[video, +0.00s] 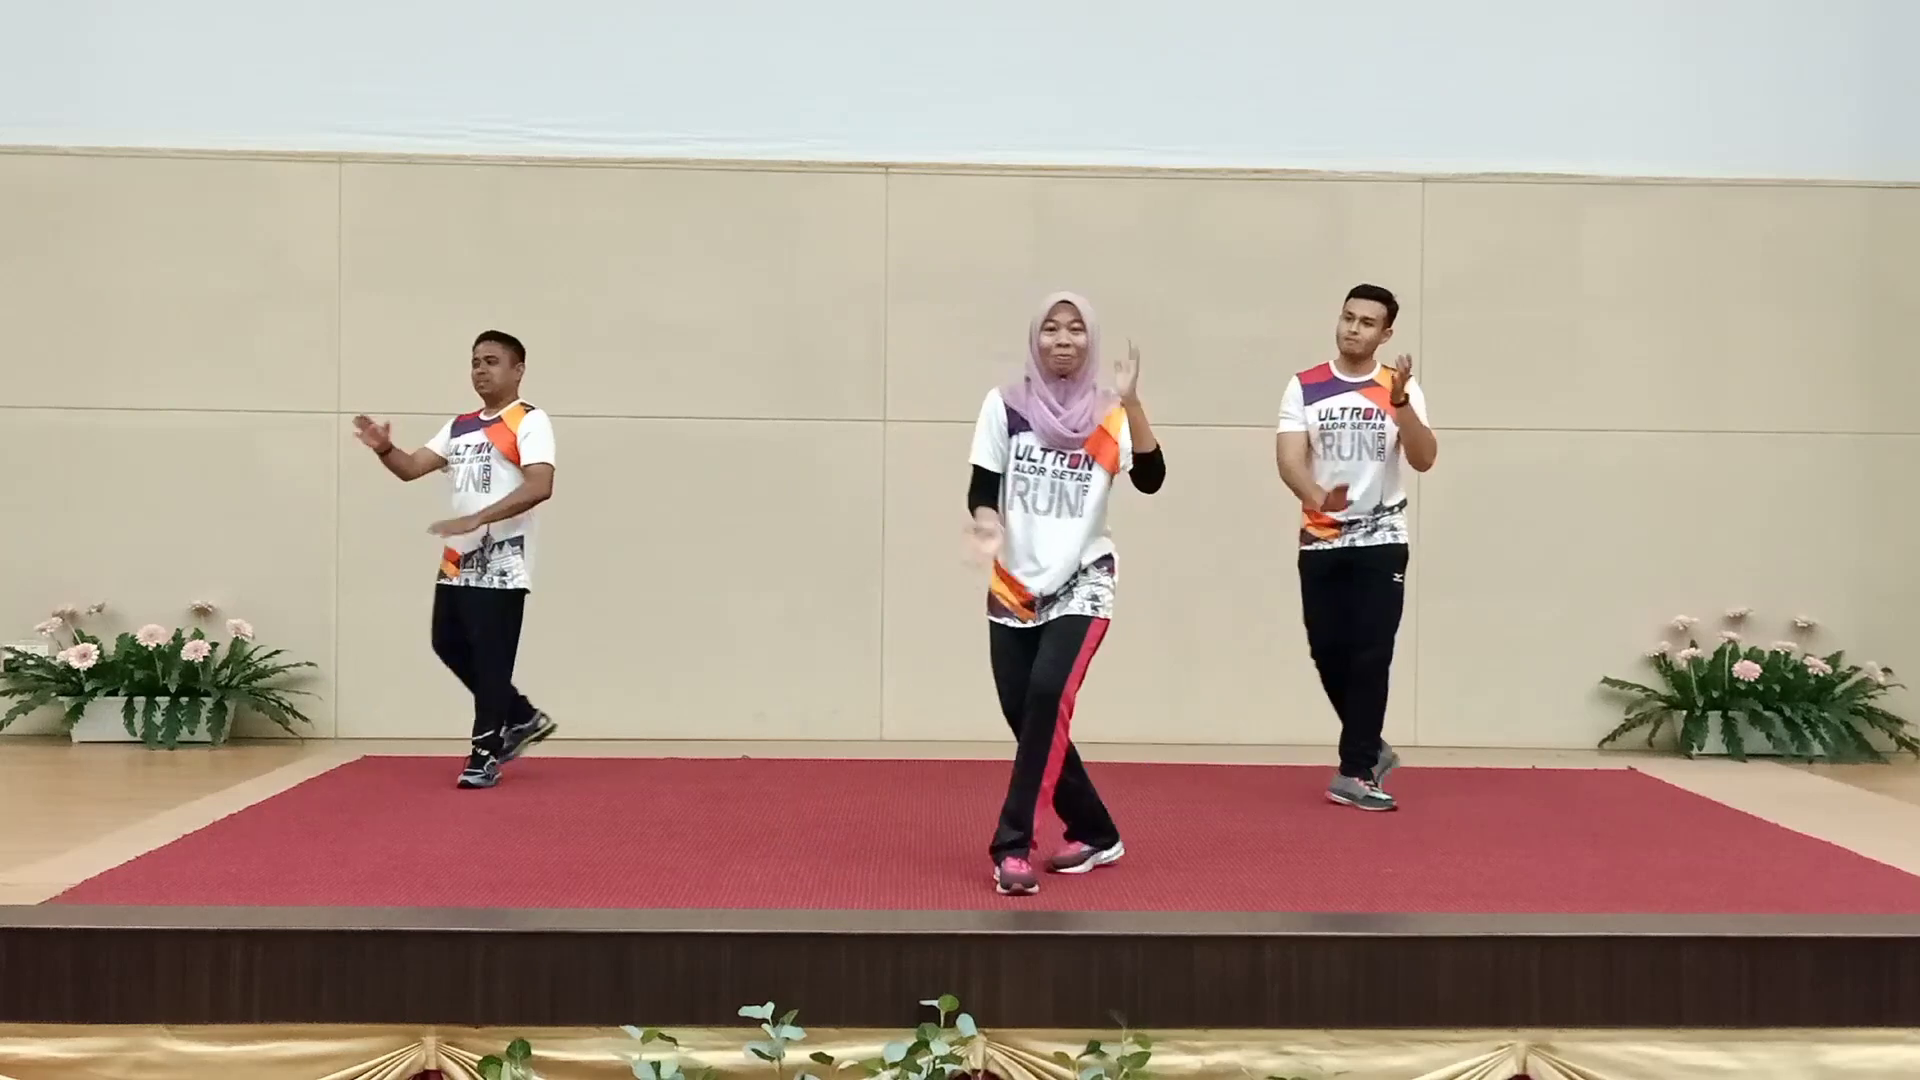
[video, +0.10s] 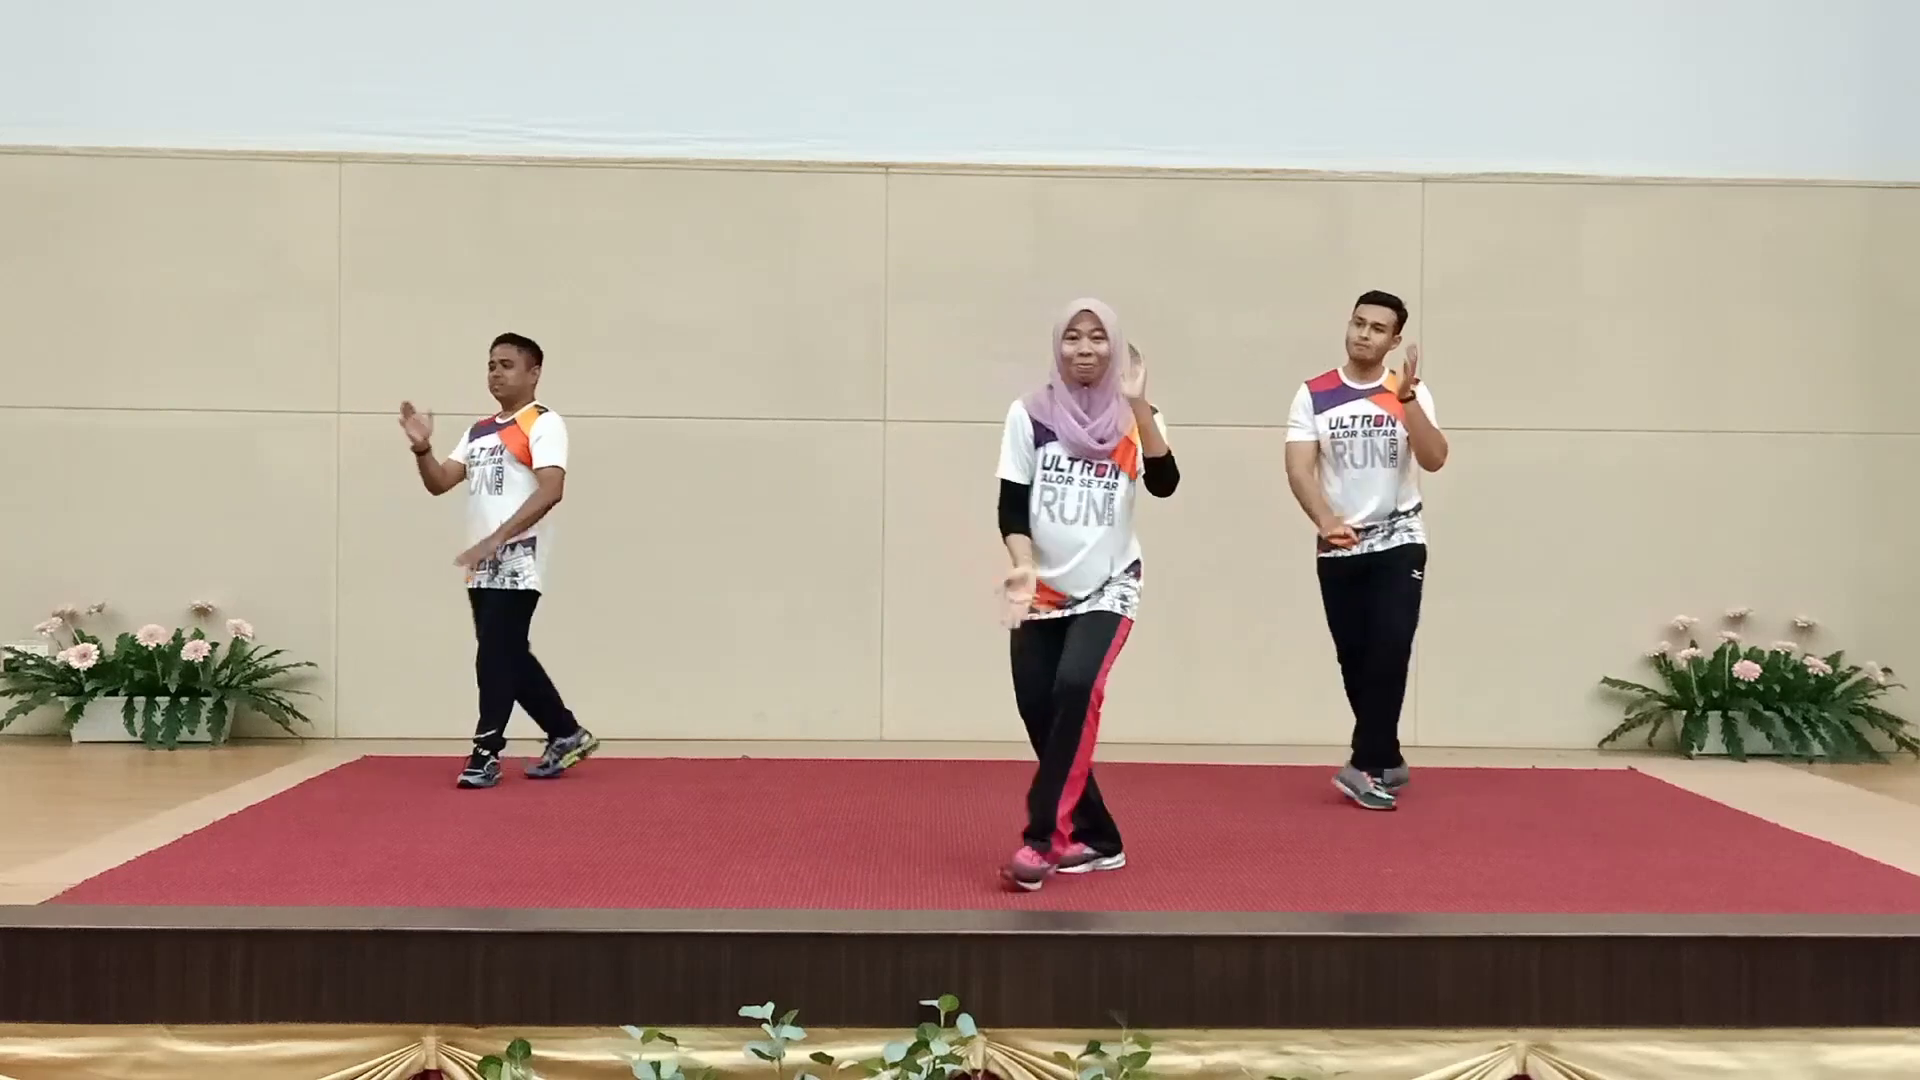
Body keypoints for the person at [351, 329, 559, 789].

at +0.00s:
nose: (480, 370)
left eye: (491, 362)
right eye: (476, 363)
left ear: (517, 370)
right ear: (471, 371)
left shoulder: (530, 421)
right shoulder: (461, 426)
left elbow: (539, 486)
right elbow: (412, 468)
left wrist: (477, 518)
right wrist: (385, 449)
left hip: (500, 568)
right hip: (456, 564)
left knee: (491, 660)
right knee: (448, 644)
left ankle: (485, 755)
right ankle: (520, 717)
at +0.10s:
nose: (495, 373)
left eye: (506, 365)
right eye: (491, 366)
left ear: (533, 372)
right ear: (488, 373)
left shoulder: (544, 424)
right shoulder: (478, 430)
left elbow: (550, 491)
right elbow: (440, 483)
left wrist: (493, 540)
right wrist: (423, 450)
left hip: (518, 567)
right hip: (483, 568)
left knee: (495, 658)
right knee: (509, 656)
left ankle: (486, 754)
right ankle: (567, 735)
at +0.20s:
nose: (509, 377)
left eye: (520, 370)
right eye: (506, 370)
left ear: (548, 378)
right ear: (503, 377)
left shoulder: (558, 427)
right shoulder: (497, 436)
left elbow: (562, 492)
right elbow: (468, 502)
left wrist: (518, 546)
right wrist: (461, 470)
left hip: (541, 565)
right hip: (518, 566)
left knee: (504, 655)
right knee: (548, 657)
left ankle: (489, 755)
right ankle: (584, 750)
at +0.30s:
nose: (520, 375)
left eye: (531, 367)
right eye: (518, 367)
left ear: (560, 376)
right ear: (517, 375)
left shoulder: (573, 423)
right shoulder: (514, 435)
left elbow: (579, 487)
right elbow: (495, 512)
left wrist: (532, 532)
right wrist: (493, 493)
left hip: (564, 559)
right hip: (541, 561)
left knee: (523, 640)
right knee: (563, 655)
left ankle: (522, 746)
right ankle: (585, 751)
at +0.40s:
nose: (532, 372)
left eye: (543, 364)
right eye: (532, 365)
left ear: (572, 372)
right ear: (536, 372)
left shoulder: (589, 419)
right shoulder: (529, 430)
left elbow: (601, 482)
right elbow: (520, 489)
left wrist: (542, 508)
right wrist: (514, 509)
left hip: (581, 553)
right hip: (551, 557)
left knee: (554, 638)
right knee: (554, 642)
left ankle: (583, 742)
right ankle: (574, 739)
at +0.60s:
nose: (552, 375)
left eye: (562, 366)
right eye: (551, 366)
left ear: (592, 374)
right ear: (556, 374)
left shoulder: (615, 424)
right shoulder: (554, 433)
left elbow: (631, 487)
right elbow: (546, 498)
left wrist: (563, 482)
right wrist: (538, 543)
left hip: (602, 568)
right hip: (566, 568)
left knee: (606, 656)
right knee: (573, 661)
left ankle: (646, 743)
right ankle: (585, 751)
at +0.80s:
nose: (575, 376)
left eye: (585, 367)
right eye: (574, 368)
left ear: (615, 374)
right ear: (582, 375)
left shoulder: (642, 425)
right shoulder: (575, 434)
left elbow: (663, 493)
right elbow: (572, 508)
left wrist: (604, 521)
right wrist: (559, 564)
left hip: (637, 578)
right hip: (588, 579)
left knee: (649, 669)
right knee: (582, 666)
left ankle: (656, 754)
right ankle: (587, 751)